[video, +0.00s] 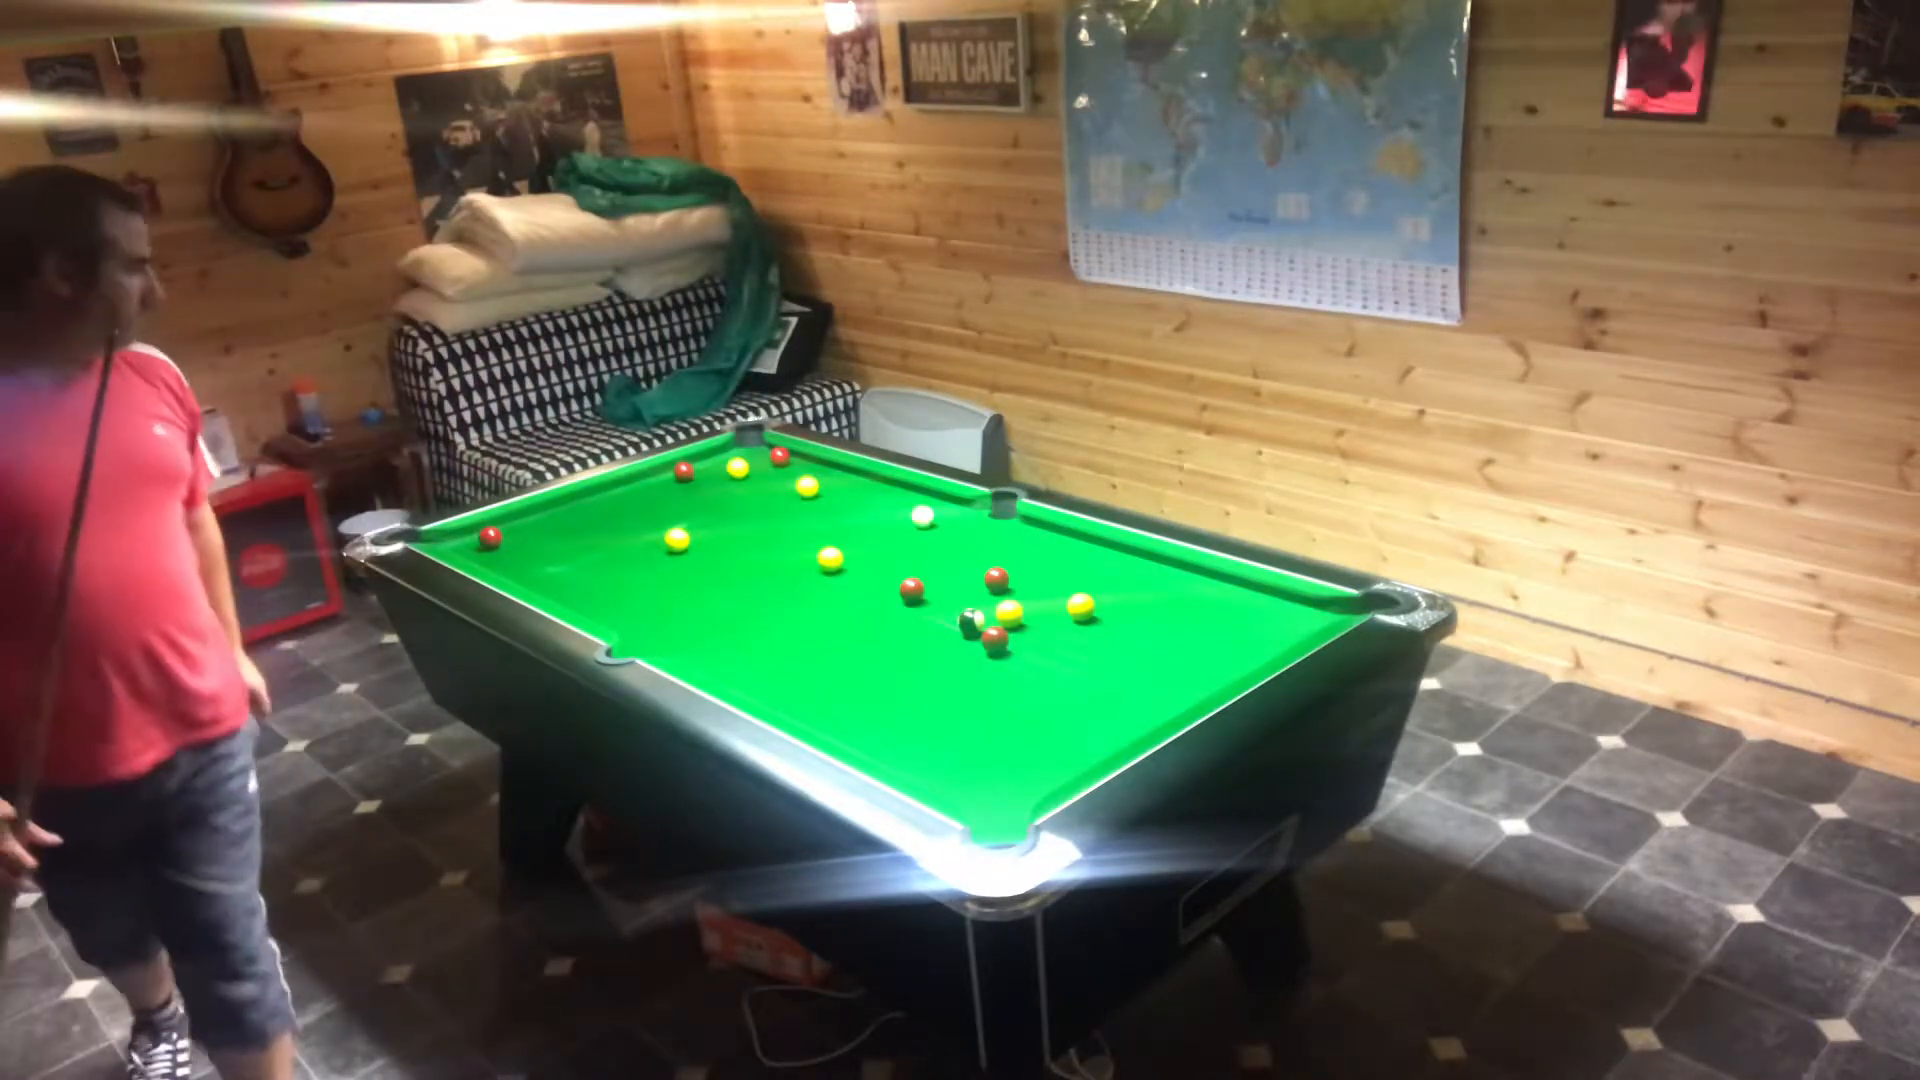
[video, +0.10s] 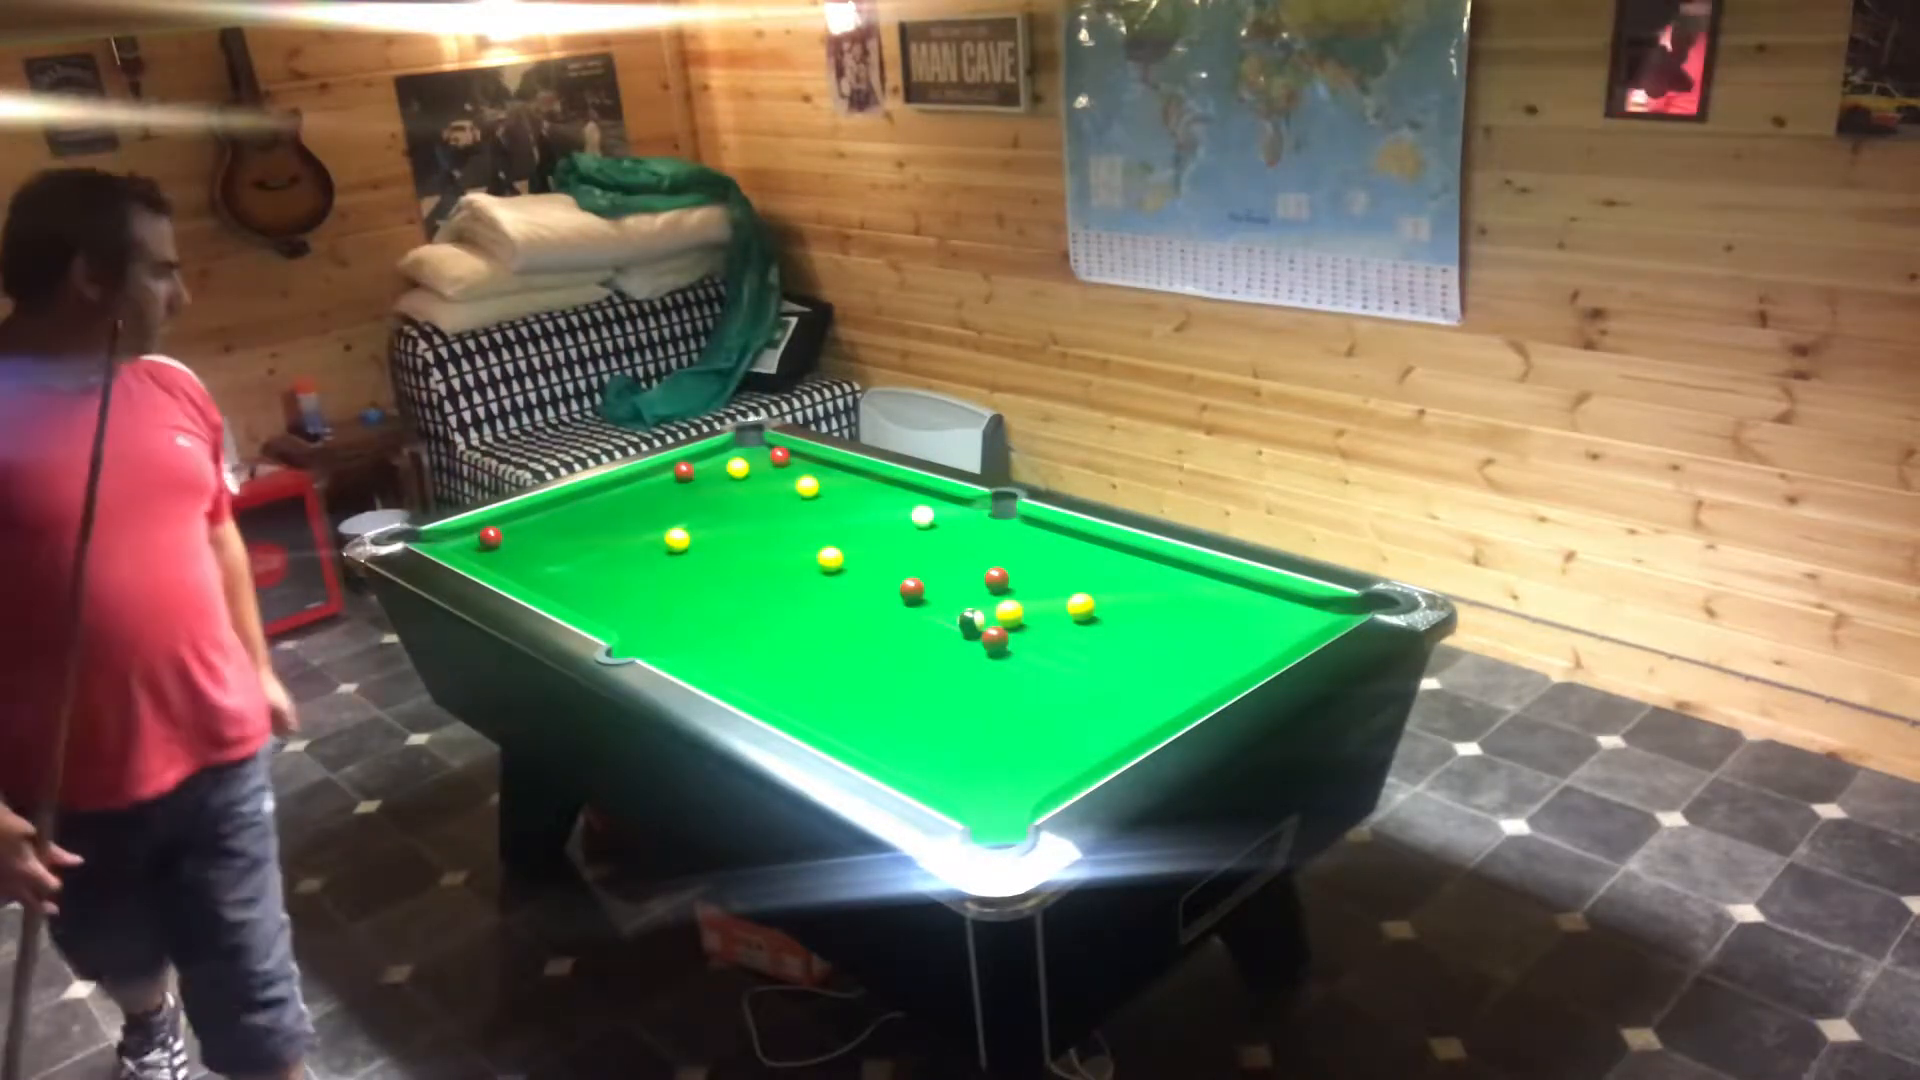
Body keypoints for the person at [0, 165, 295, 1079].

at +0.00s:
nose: (155, 290)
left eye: (153, 266)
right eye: (135, 267)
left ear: (72, 278)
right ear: (56, 278)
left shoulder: (154, 380)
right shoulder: (5, 405)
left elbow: (199, 520)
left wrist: (233, 649)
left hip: (197, 737)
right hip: (54, 772)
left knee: (234, 968)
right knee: (114, 938)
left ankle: (274, 1073)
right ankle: (161, 1017)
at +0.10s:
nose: (181, 293)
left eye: (178, 270)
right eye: (163, 271)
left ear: (107, 281)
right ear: (90, 281)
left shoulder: (175, 390)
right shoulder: (9, 406)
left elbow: (221, 535)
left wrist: (260, 665)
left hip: (214, 749)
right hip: (66, 785)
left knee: (260, 1012)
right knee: (120, 957)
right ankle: (151, 1027)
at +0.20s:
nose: (205, 291)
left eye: (202, 267)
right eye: (187, 268)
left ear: (127, 278)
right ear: (110, 279)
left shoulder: (199, 388)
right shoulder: (13, 403)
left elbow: (249, 541)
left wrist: (298, 683)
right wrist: (5, 825)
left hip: (244, 774)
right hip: (89, 808)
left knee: (281, 1032)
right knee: (128, 1022)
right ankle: (142, 1066)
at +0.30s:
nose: (225, 288)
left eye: (220, 262)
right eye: (207, 263)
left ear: (141, 273)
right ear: (131, 273)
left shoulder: (212, 388)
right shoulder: (11, 402)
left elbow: (279, 545)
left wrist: (346, 697)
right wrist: (5, 840)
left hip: (274, 801)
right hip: (116, 841)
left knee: (291, 1040)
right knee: (187, 1062)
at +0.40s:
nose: (245, 288)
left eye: (241, 261)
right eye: (227, 261)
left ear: (159, 274)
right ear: (153, 273)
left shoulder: (230, 393)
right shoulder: (15, 411)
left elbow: (307, 554)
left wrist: (399, 707)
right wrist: (18, 874)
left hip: (296, 820)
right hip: (145, 859)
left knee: (308, 1040)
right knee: (267, 1064)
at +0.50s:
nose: (267, 292)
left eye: (262, 265)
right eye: (249, 265)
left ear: (183, 280)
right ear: (178, 279)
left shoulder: (252, 402)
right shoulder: (26, 427)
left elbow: (337, 562)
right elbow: (0, 702)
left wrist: (439, 713)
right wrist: (35, 910)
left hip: (324, 839)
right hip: (183, 876)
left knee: (321, 1057)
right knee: (320, 1067)